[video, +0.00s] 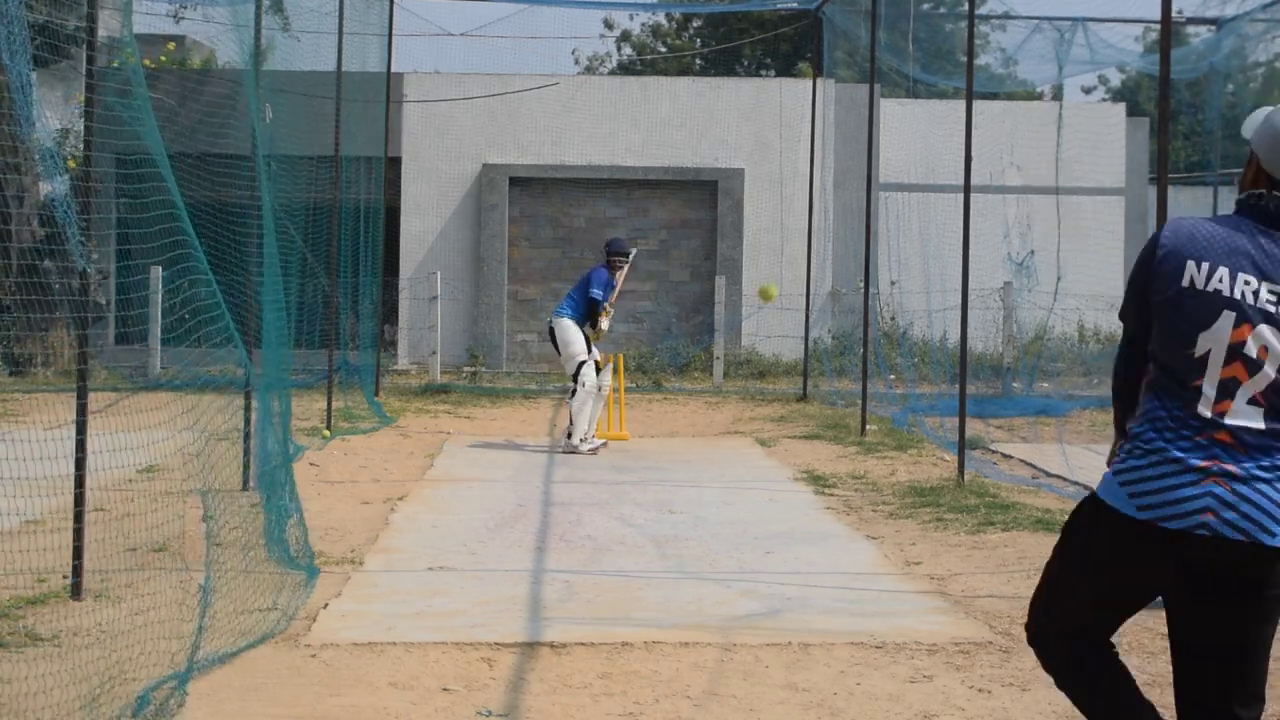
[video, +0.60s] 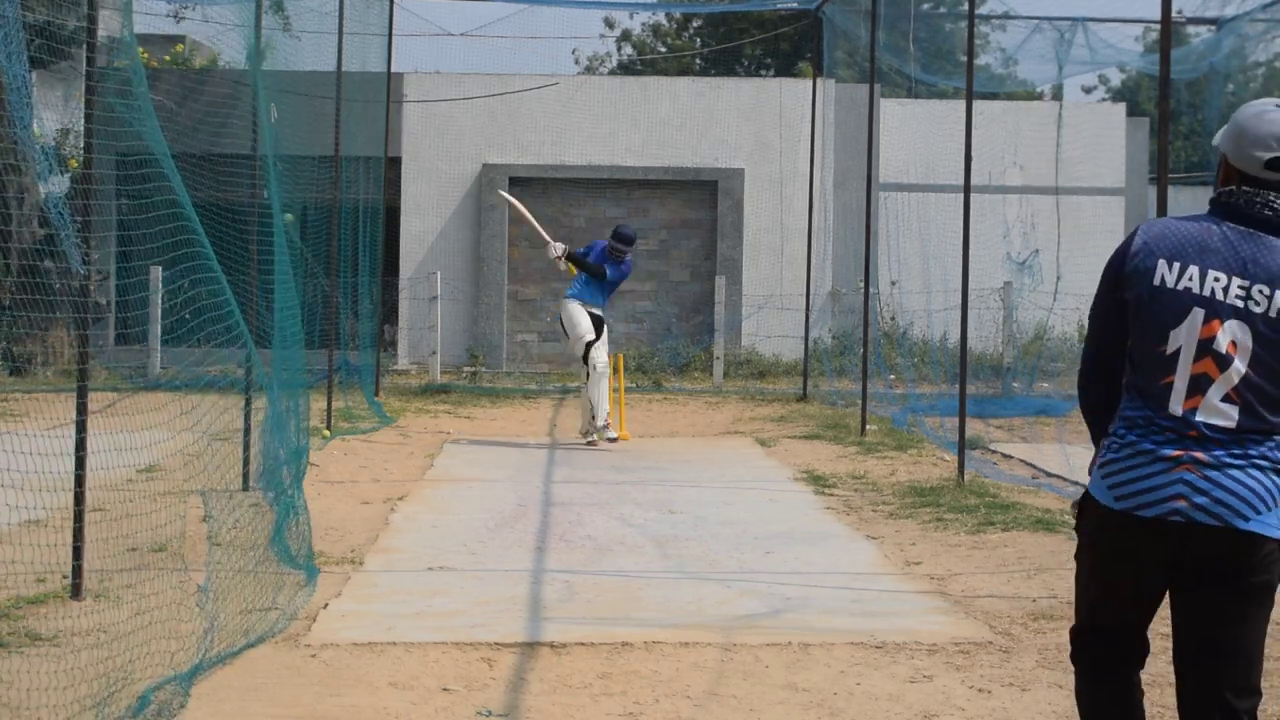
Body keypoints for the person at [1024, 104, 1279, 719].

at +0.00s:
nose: (1245, 166)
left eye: (1249, 158)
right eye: (1250, 158)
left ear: (1253, 167)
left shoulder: (1179, 240)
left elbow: (1129, 374)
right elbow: (1130, 376)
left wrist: (1134, 459)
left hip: (1146, 502)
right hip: (1255, 528)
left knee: (1061, 630)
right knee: (1228, 706)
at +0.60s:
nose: (1217, 169)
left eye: (1220, 162)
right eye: (1224, 162)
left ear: (1225, 169)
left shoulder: (1149, 243)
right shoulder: (1278, 266)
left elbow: (1097, 381)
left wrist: (1128, 464)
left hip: (1128, 505)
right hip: (1245, 520)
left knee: (1106, 662)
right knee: (1224, 697)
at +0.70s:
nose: (1204, 172)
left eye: (1208, 164)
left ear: (1213, 170)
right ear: (1279, 185)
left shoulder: (1141, 246)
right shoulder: (1277, 265)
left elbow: (1087, 385)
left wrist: (1131, 458)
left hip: (1125, 508)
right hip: (1242, 519)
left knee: (1105, 689)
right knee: (1221, 699)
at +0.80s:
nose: (1190, 174)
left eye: (1194, 166)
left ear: (1202, 171)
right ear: (1273, 183)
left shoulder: (1139, 246)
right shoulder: (1277, 263)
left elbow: (1082, 381)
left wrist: (1130, 454)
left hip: (1124, 514)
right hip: (1240, 522)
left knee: (1103, 704)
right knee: (1220, 705)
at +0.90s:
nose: (1162, 182)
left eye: (1168, 171)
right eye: (1165, 170)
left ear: (1186, 174)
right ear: (1248, 181)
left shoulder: (1133, 247)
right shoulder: (1276, 268)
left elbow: (1075, 378)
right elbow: (1273, 400)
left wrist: (1123, 440)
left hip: (1124, 515)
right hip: (1238, 519)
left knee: (1091, 703)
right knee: (1216, 705)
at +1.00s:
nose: (1148, 195)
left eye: (1151, 181)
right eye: (1149, 182)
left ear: (1172, 178)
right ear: (1227, 181)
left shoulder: (1128, 248)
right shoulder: (1272, 267)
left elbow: (1073, 378)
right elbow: (1273, 398)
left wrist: (1122, 440)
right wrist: (1233, 446)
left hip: (1128, 512)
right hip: (1237, 516)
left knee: (1080, 698)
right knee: (1212, 701)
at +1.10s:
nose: (1114, 214)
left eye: (1116, 199)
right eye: (1112, 201)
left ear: (1139, 187)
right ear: (1190, 187)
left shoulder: (1114, 251)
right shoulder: (1254, 273)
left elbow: (1066, 386)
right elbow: (1252, 401)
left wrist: (1114, 457)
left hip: (1127, 512)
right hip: (1230, 517)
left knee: (1056, 696)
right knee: (1201, 701)